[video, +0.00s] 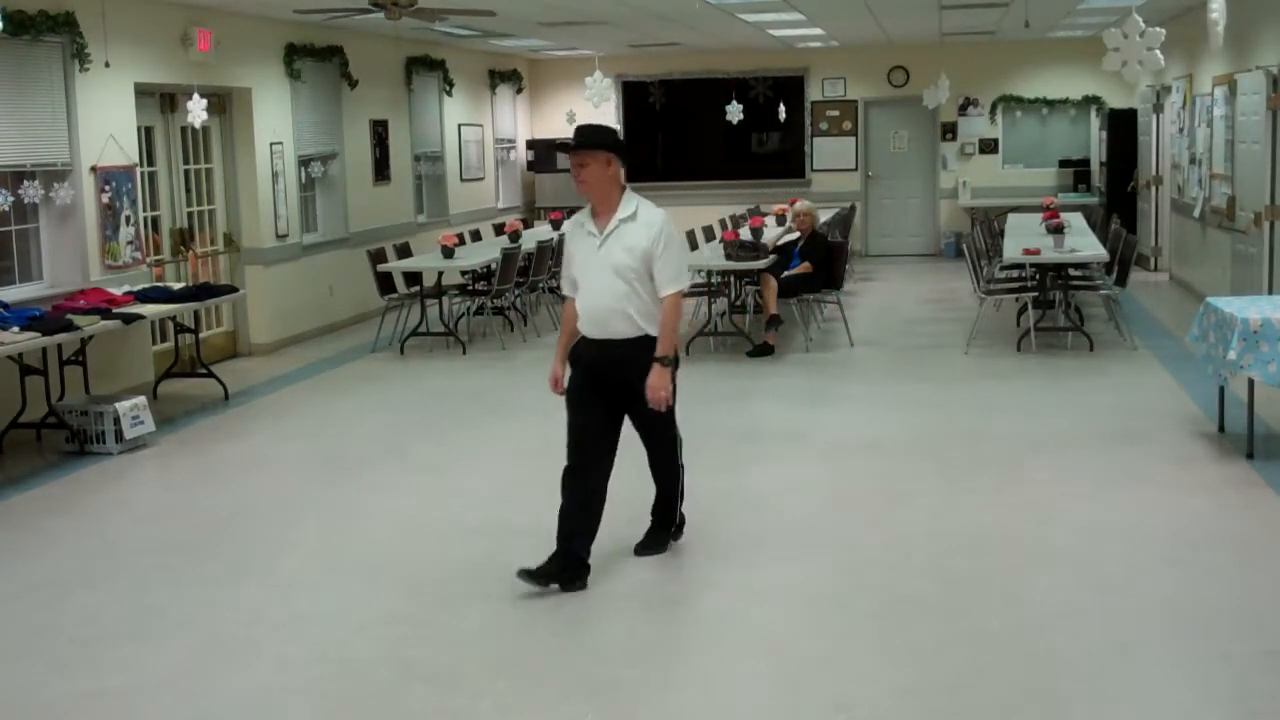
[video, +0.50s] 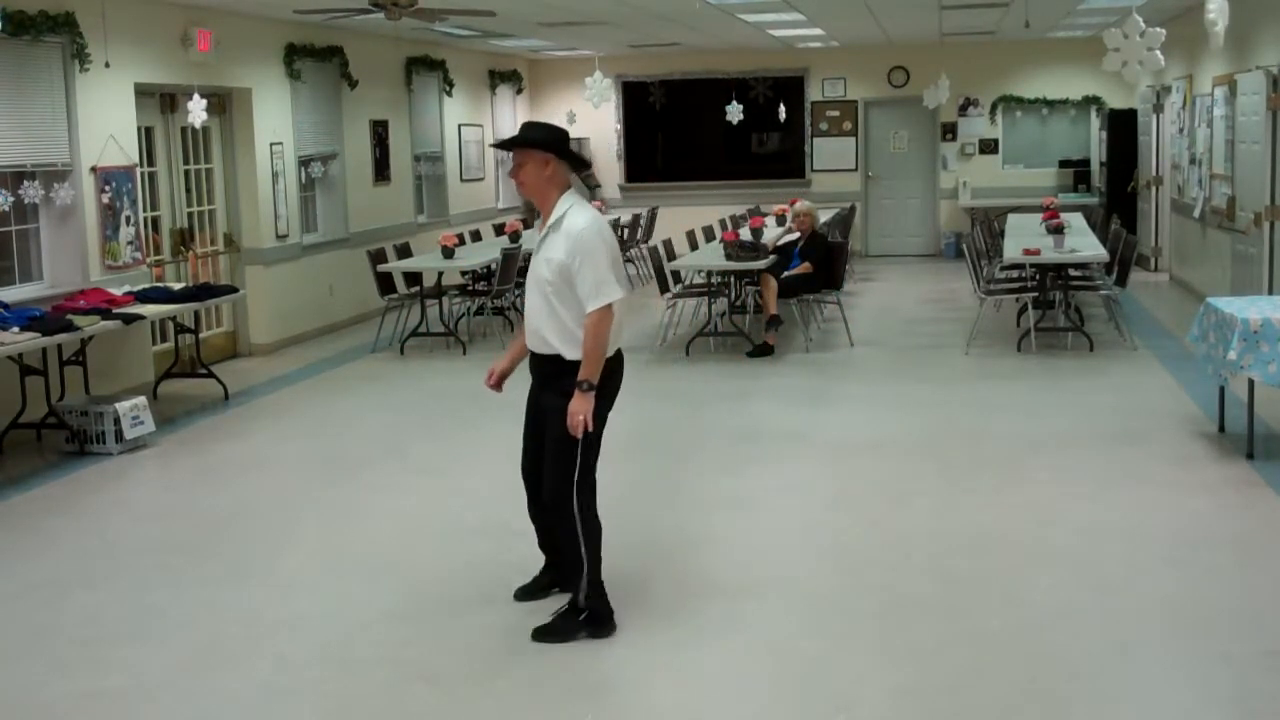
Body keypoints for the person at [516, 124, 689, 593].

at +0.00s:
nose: (575, 174)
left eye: (584, 165)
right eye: (573, 166)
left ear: (612, 166)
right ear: (575, 172)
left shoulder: (654, 222)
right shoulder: (575, 230)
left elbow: (673, 297)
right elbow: (574, 299)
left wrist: (663, 364)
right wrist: (561, 356)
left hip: (644, 356)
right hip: (591, 358)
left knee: (661, 448)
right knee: (583, 464)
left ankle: (667, 522)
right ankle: (570, 561)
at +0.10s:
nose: (558, 167)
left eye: (567, 158)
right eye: (556, 160)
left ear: (597, 162)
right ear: (560, 166)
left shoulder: (635, 219)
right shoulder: (557, 228)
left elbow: (656, 293)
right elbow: (555, 300)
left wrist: (643, 362)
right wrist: (544, 358)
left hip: (627, 354)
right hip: (575, 355)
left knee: (650, 448)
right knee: (566, 468)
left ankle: (661, 513)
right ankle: (564, 564)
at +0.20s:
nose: (541, 161)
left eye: (550, 151)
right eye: (539, 153)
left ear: (581, 154)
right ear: (548, 160)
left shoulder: (621, 213)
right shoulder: (546, 223)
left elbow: (640, 289)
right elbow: (546, 301)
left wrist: (625, 360)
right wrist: (527, 357)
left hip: (611, 350)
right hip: (562, 352)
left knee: (621, 455)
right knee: (555, 463)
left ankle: (649, 508)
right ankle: (563, 564)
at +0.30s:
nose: (529, 157)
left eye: (538, 149)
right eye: (529, 150)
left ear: (570, 153)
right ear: (543, 157)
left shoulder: (608, 211)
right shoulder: (541, 221)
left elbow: (629, 289)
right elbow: (539, 299)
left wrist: (611, 362)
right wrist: (515, 353)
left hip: (600, 349)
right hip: (553, 350)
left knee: (597, 462)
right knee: (553, 463)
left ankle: (632, 537)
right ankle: (562, 564)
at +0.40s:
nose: (521, 164)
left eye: (530, 155)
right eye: (521, 156)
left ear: (562, 159)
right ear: (537, 163)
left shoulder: (599, 218)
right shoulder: (541, 223)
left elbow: (615, 300)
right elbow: (540, 304)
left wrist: (597, 375)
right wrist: (507, 355)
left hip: (589, 358)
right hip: (548, 356)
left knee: (574, 471)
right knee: (541, 466)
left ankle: (612, 577)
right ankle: (561, 567)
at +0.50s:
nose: (512, 174)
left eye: (519, 164)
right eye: (512, 165)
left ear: (548, 166)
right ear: (539, 168)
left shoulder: (585, 227)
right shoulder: (554, 224)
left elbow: (600, 313)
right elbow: (546, 306)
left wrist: (585, 389)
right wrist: (511, 357)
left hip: (581, 372)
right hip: (549, 368)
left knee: (569, 490)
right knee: (538, 477)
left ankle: (593, 606)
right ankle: (561, 567)